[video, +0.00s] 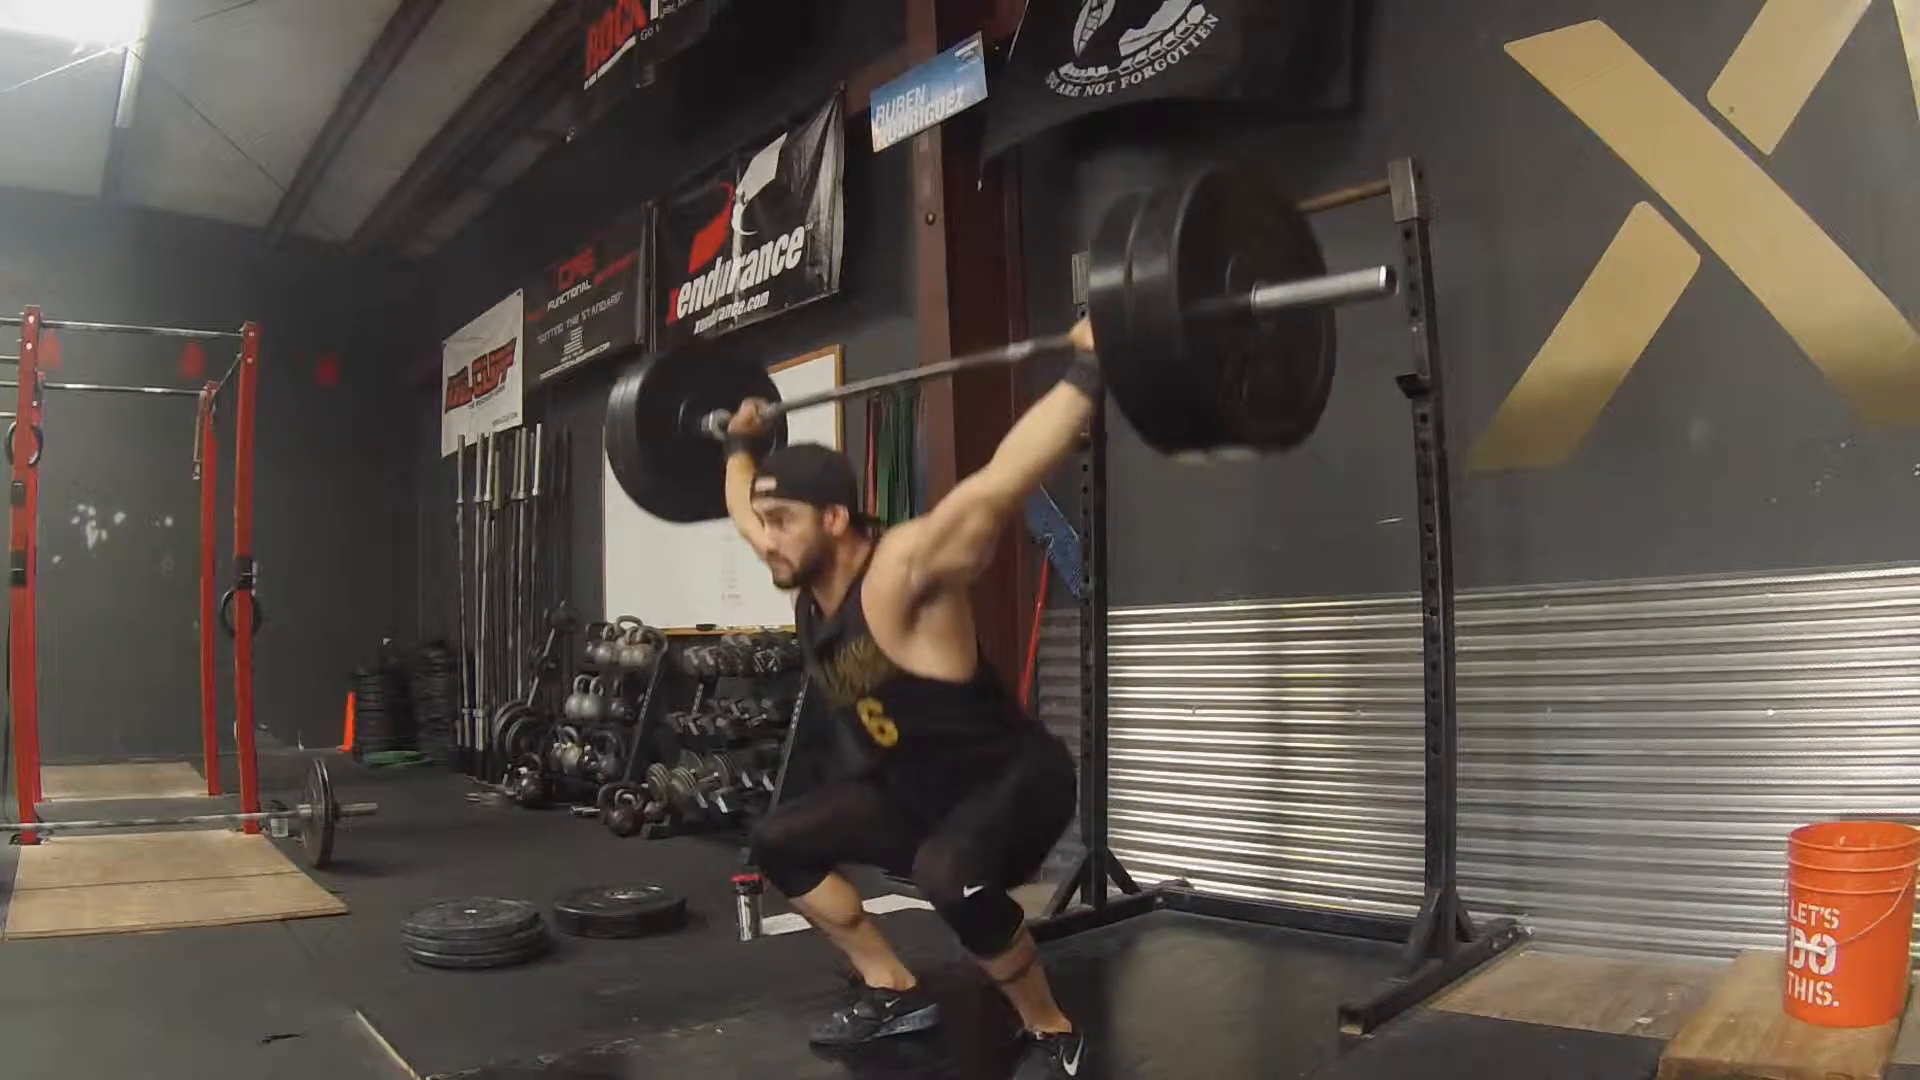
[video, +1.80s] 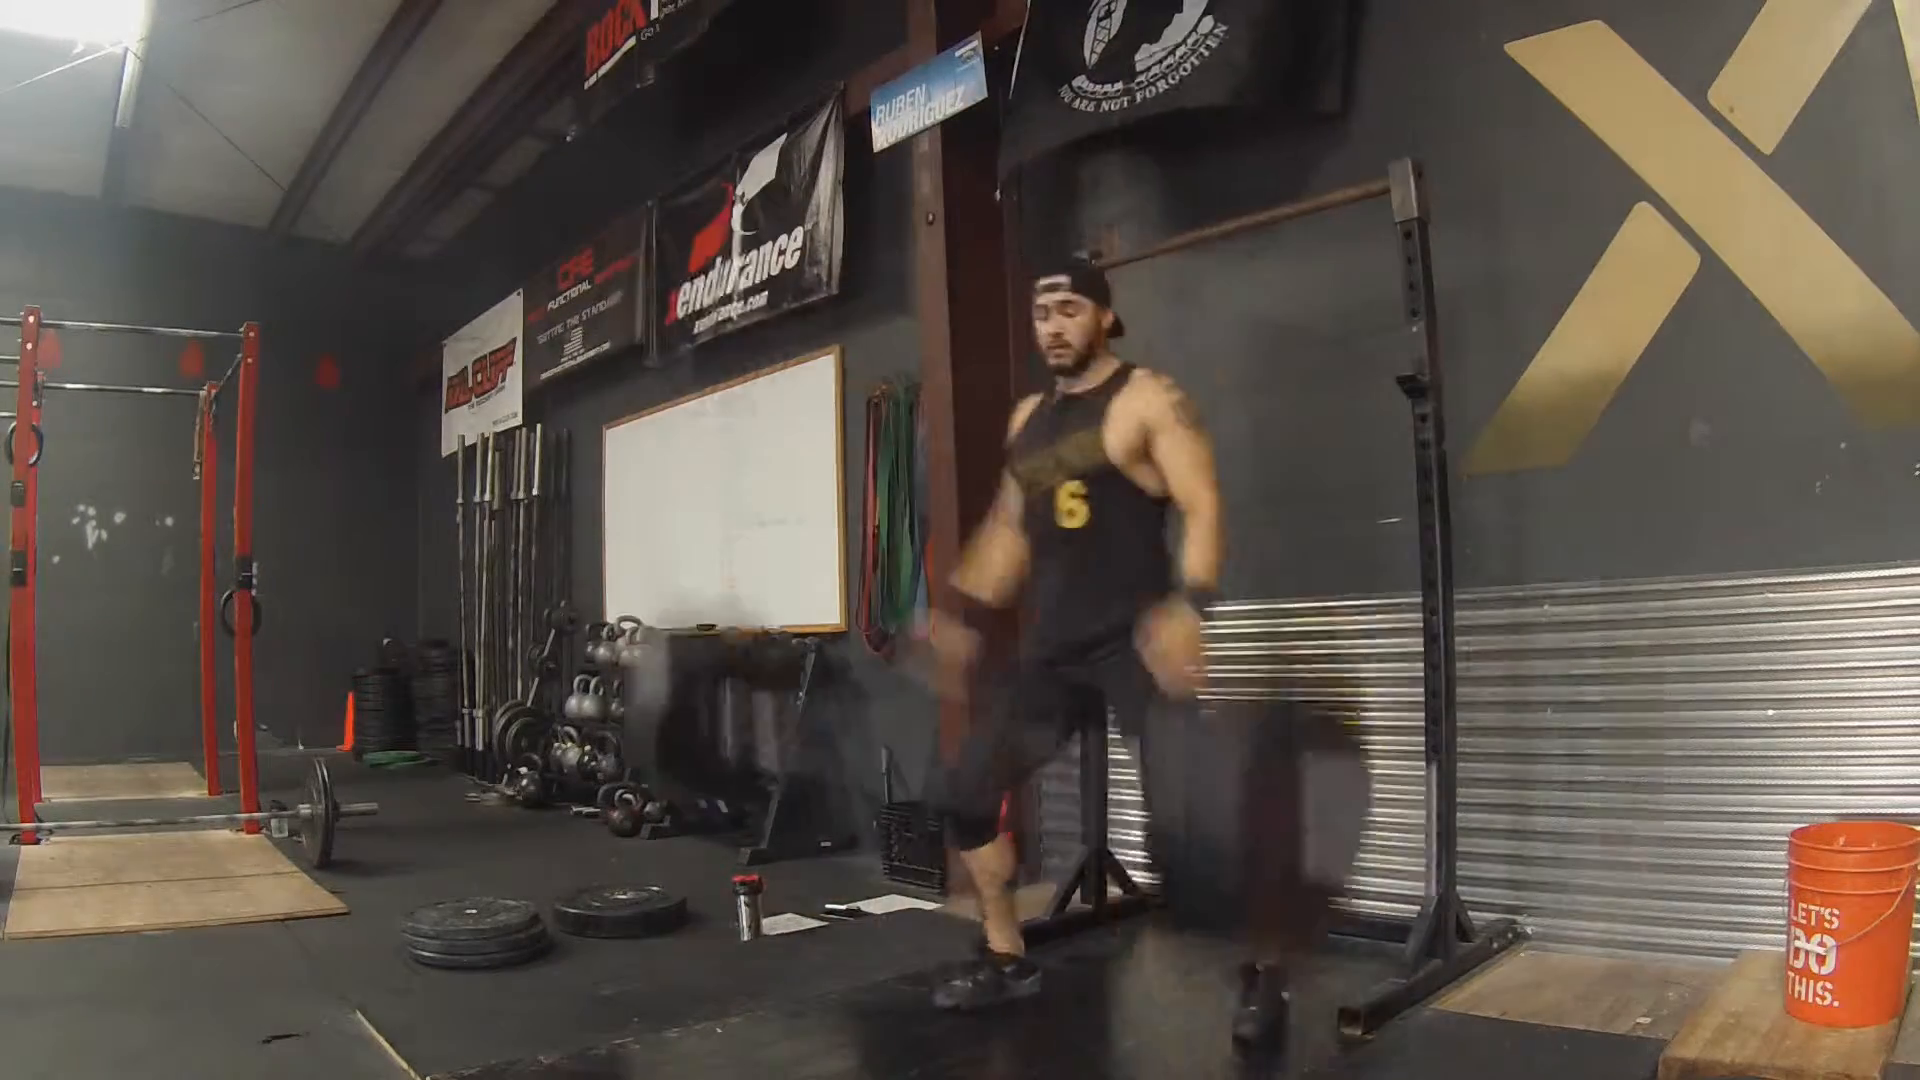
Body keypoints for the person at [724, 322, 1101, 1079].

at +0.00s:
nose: (766, 542)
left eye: (781, 521)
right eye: (759, 524)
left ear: (836, 519)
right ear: (754, 527)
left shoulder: (911, 563)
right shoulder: (813, 593)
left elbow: (1004, 480)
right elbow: (749, 518)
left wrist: (1086, 366)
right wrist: (741, 441)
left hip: (1011, 777)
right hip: (909, 789)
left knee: (949, 874)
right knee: (779, 843)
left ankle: (1052, 1033)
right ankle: (892, 990)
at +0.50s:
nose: (775, 401)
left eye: (787, 381)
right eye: (766, 387)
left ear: (842, 369)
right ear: (769, 392)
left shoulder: (921, 413)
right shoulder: (811, 446)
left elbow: (1008, 325)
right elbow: (752, 379)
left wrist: (1101, 210)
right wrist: (750, 309)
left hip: (1011, 657)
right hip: (919, 676)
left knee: (987, 841)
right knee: (813, 813)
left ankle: (1055, 1031)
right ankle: (895, 993)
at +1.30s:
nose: (857, 290)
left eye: (868, 273)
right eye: (849, 281)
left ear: (915, 262)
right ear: (854, 288)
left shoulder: (981, 305)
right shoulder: (878, 340)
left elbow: (1046, 203)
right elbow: (815, 280)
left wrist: (1119, 88)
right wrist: (773, 207)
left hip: (994, 604)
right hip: (907, 615)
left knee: (1003, 809)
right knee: (853, 791)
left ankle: (1056, 1031)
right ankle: (896, 997)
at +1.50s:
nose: (953, 255)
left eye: (968, 241)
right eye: (947, 244)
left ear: (1016, 250)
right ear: (953, 260)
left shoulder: (1056, 311)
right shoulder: (947, 332)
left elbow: (1149, 285)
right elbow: (868, 324)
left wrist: (1142, 185)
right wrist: (792, 273)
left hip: (1051, 596)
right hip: (965, 603)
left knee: (1068, 794)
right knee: (923, 774)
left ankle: (1098, 1017)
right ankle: (926, 972)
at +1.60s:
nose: (998, 285)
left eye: (1012, 270)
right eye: (992, 273)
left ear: (1058, 273)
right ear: (990, 278)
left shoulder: (1095, 335)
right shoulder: (986, 350)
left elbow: (1158, 366)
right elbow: (896, 386)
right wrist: (798, 361)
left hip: (1070, 600)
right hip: (990, 602)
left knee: (1089, 791)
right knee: (933, 781)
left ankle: (1182, 967)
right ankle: (995, 947)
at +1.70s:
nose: (1026, 317)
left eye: (1042, 301)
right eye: (1019, 304)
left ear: (1087, 308)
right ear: (1015, 314)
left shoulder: (1117, 383)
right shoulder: (1005, 397)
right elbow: (938, 466)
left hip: (1097, 631)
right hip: (1019, 632)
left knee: (1131, 820)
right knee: (949, 793)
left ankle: (1254, 954)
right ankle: (1003, 957)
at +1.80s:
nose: (1052, 326)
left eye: (1068, 311)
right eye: (1042, 314)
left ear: (1105, 320)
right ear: (1034, 326)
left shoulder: (1149, 400)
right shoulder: (1030, 417)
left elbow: (1203, 506)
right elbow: (1010, 528)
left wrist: (1190, 606)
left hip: (1139, 644)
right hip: (1052, 654)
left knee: (1192, 825)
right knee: (967, 794)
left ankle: (1258, 969)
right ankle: (1005, 956)